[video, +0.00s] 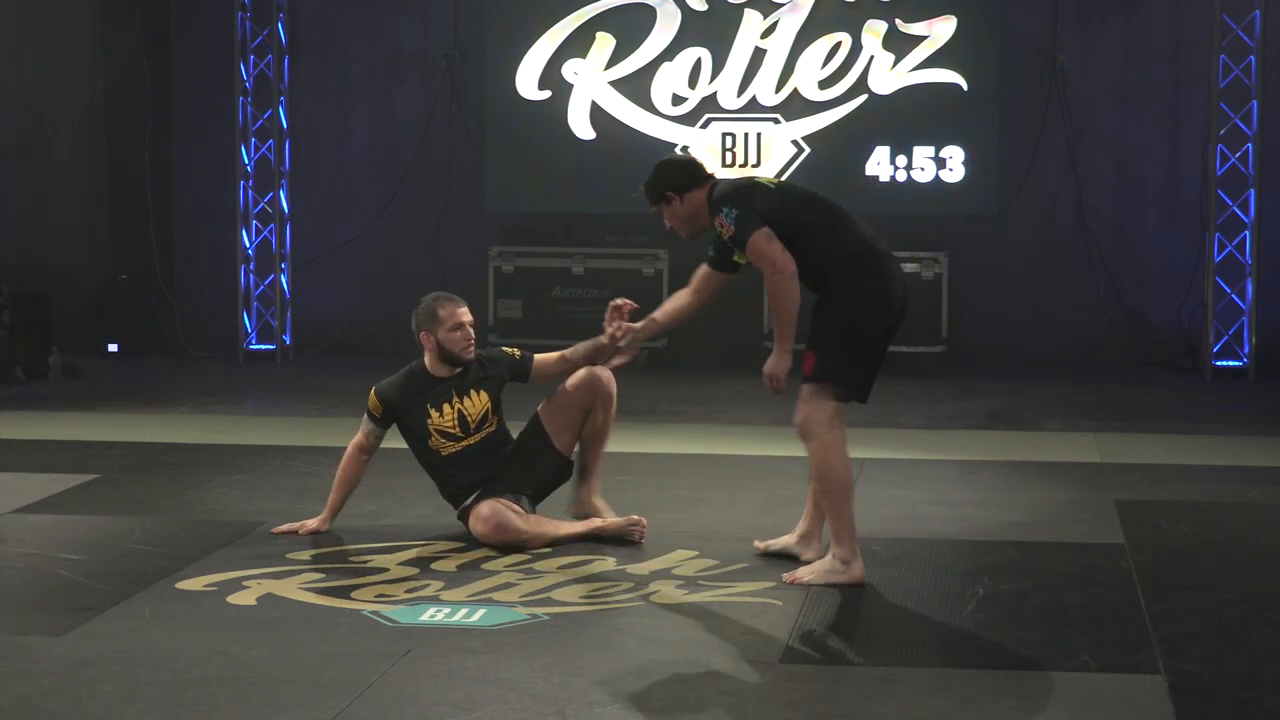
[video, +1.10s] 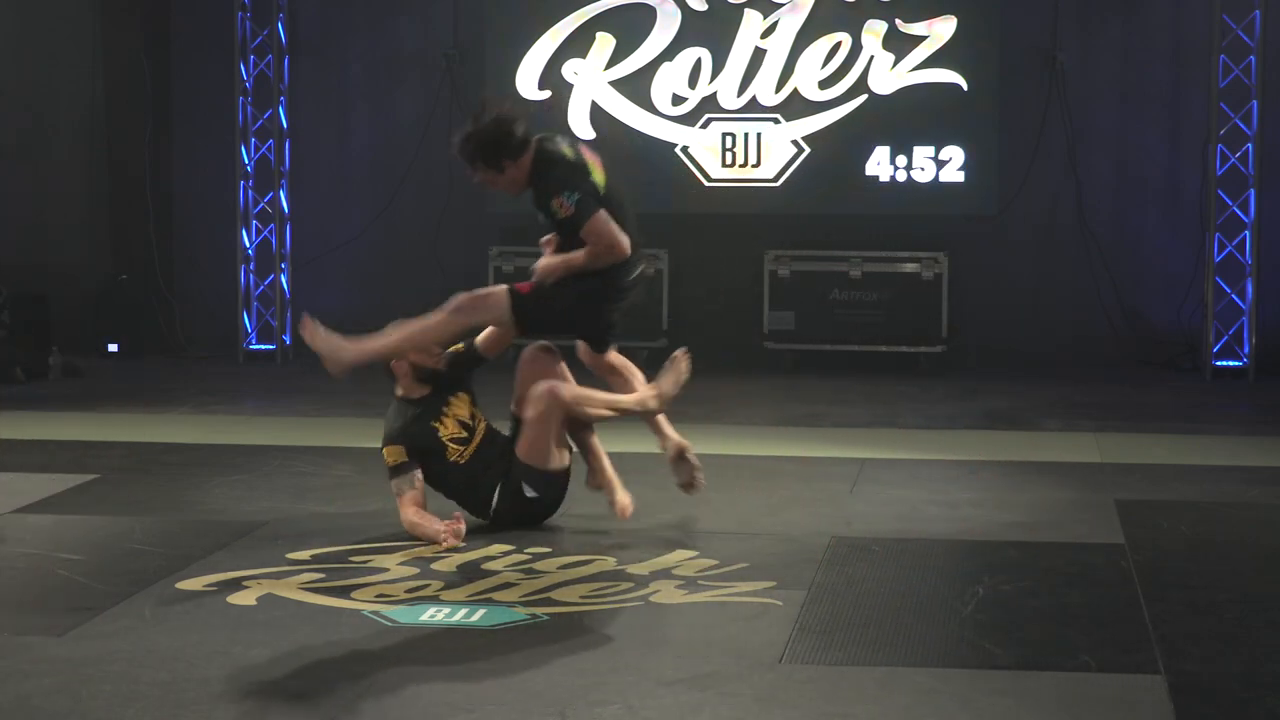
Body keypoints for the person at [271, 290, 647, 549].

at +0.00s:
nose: (471, 335)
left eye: (471, 326)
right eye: (459, 329)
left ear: (472, 328)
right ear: (428, 338)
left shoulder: (490, 362)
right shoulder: (394, 395)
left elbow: (563, 361)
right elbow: (360, 451)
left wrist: (608, 342)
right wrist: (325, 517)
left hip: (520, 465)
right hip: (482, 496)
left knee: (595, 382)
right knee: (491, 526)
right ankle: (591, 529)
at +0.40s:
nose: (452, 329)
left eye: (452, 320)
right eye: (441, 324)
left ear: (451, 321)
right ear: (410, 330)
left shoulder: (470, 358)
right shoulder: (375, 383)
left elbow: (535, 394)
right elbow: (349, 446)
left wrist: (564, 382)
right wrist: (324, 517)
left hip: (503, 455)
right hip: (467, 491)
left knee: (585, 383)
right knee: (501, 524)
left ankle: (566, 496)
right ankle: (620, 523)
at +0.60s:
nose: (451, 335)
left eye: (451, 325)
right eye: (440, 329)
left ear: (450, 325)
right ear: (408, 337)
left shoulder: (467, 362)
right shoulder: (374, 388)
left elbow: (522, 411)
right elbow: (347, 448)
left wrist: (555, 414)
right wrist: (323, 518)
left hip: (502, 449)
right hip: (472, 493)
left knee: (570, 381)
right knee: (551, 511)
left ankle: (563, 503)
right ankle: (678, 510)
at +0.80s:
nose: (457, 338)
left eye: (457, 329)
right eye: (445, 333)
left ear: (455, 330)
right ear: (415, 344)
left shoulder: (475, 365)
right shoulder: (387, 396)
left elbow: (548, 387)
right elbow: (343, 448)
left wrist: (603, 374)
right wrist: (324, 517)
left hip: (511, 453)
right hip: (486, 496)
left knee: (578, 388)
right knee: (583, 478)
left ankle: (564, 506)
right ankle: (697, 468)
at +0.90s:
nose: (461, 335)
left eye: (459, 326)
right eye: (449, 330)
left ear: (455, 331)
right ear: (418, 342)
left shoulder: (478, 358)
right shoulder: (392, 396)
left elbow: (548, 336)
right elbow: (346, 447)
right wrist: (361, 510)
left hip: (518, 448)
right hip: (492, 493)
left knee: (574, 391)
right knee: (590, 454)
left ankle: (586, 509)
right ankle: (711, 428)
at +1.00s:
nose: (457, 337)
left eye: (453, 329)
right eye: (444, 335)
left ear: (455, 331)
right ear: (417, 355)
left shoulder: (472, 353)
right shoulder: (405, 415)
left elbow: (531, 320)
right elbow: (376, 491)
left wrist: (574, 271)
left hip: (520, 460)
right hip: (499, 500)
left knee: (574, 359)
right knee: (575, 433)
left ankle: (591, 492)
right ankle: (694, 411)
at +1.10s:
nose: (439, 349)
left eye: (435, 343)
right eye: (427, 346)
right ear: (400, 363)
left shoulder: (449, 369)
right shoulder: (401, 431)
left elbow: (504, 330)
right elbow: (410, 511)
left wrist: (541, 280)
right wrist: (440, 532)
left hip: (518, 464)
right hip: (513, 500)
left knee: (539, 354)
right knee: (548, 394)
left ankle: (599, 467)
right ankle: (647, 398)